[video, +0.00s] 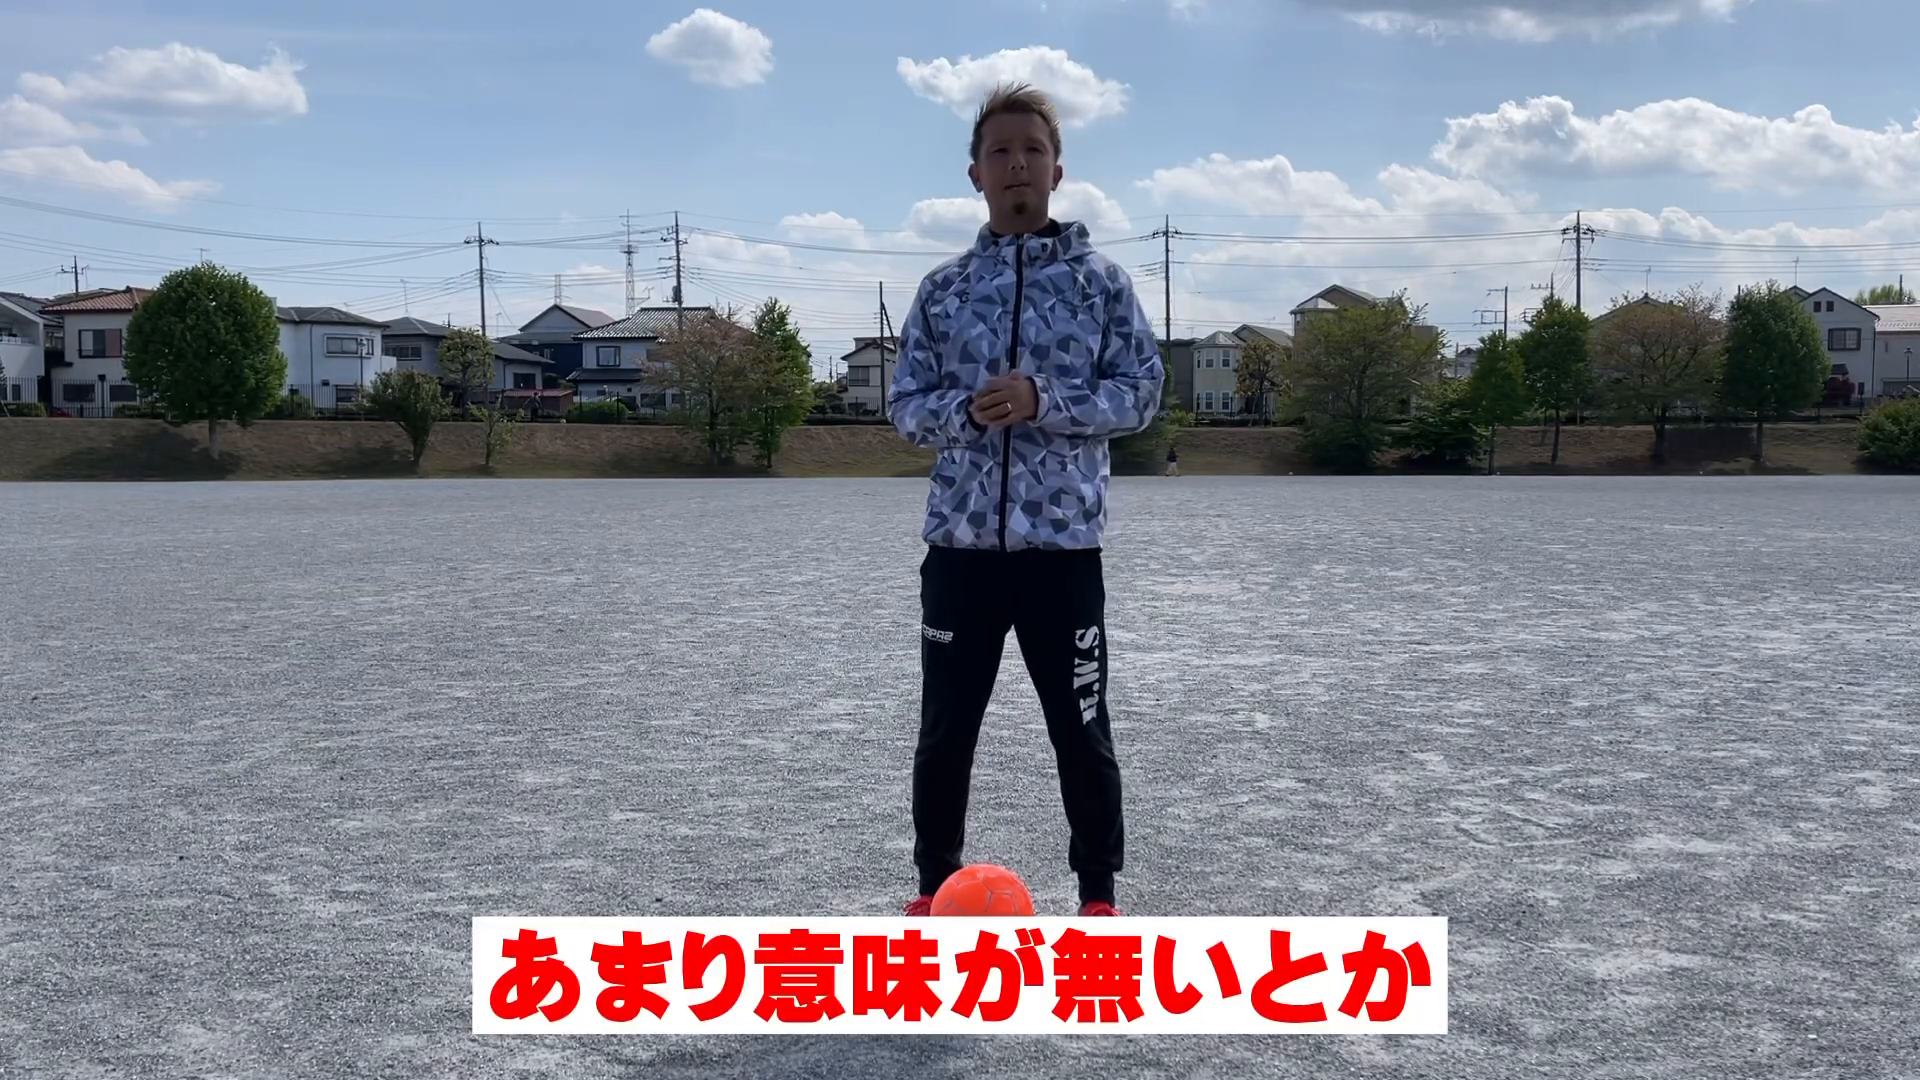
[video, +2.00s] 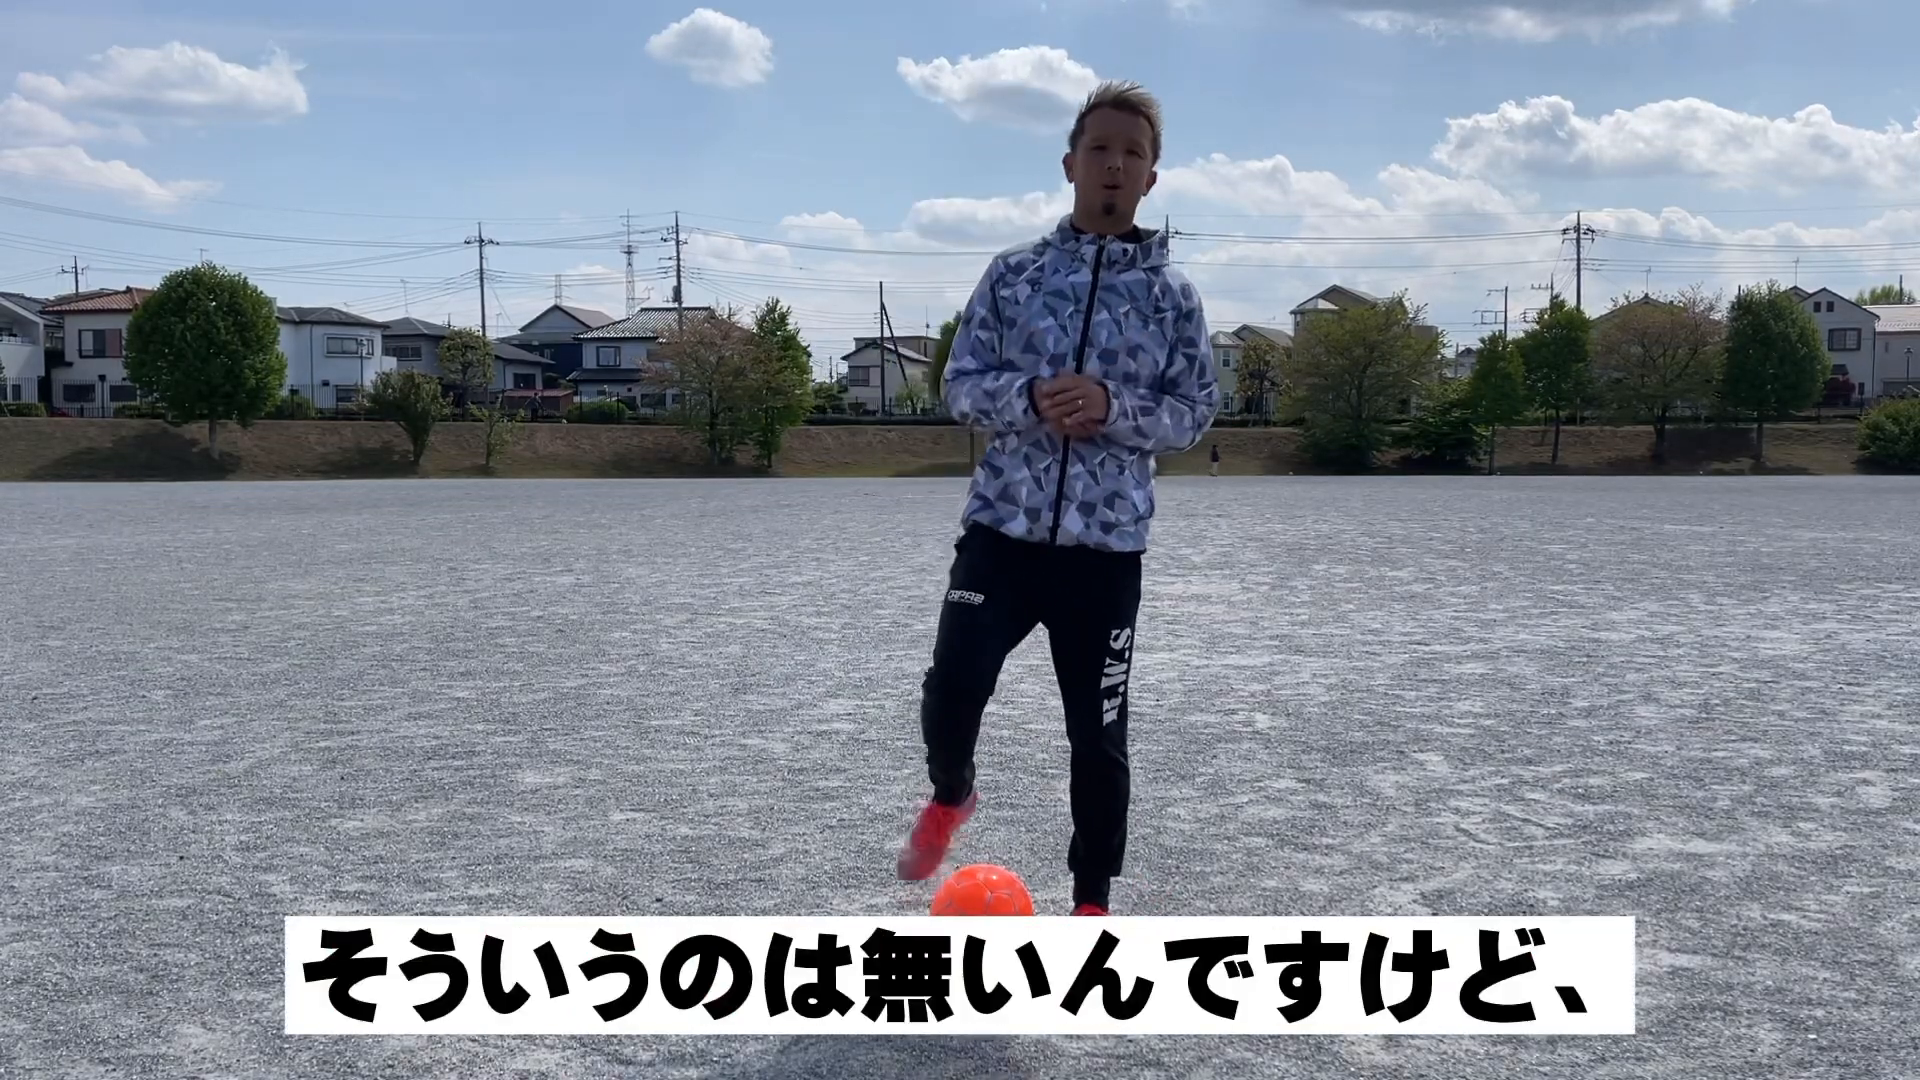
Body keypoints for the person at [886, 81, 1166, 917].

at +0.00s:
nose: (1016, 162)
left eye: (1033, 149)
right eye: (999, 150)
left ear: (1057, 167)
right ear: (977, 169)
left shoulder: (1099, 280)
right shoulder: (942, 288)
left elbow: (1140, 392)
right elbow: (907, 406)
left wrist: (1047, 400)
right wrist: (962, 409)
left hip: (1061, 540)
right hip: (960, 540)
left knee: (1080, 728)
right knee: (944, 732)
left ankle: (1097, 897)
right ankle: (935, 897)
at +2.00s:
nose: (1114, 164)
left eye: (1132, 153)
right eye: (1099, 148)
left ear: (1151, 176)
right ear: (1070, 163)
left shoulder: (1172, 295)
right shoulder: (1013, 273)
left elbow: (1193, 416)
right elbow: (961, 388)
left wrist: (1113, 409)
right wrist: (1029, 399)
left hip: (1103, 544)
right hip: (1002, 532)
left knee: (1098, 733)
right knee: (948, 696)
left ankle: (1092, 903)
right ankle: (951, 801)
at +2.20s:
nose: (1117, 167)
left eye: (1134, 155)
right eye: (1102, 151)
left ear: (1155, 174)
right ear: (1074, 162)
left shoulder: (1177, 294)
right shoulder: (1017, 271)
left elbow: (1204, 410)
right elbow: (965, 383)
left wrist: (1124, 416)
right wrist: (1040, 400)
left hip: (1106, 539)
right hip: (1005, 526)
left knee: (1098, 726)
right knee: (965, 670)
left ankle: (1090, 901)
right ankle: (1009, 798)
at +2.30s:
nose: (1111, 167)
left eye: (1128, 155)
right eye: (1096, 152)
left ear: (1150, 174)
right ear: (1069, 163)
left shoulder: (1174, 291)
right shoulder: (1014, 272)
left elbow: (1206, 405)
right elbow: (965, 387)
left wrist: (1125, 416)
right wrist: (1041, 403)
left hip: (1109, 538)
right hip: (1008, 526)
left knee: (1102, 726)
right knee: (968, 667)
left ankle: (1091, 900)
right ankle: (1016, 794)